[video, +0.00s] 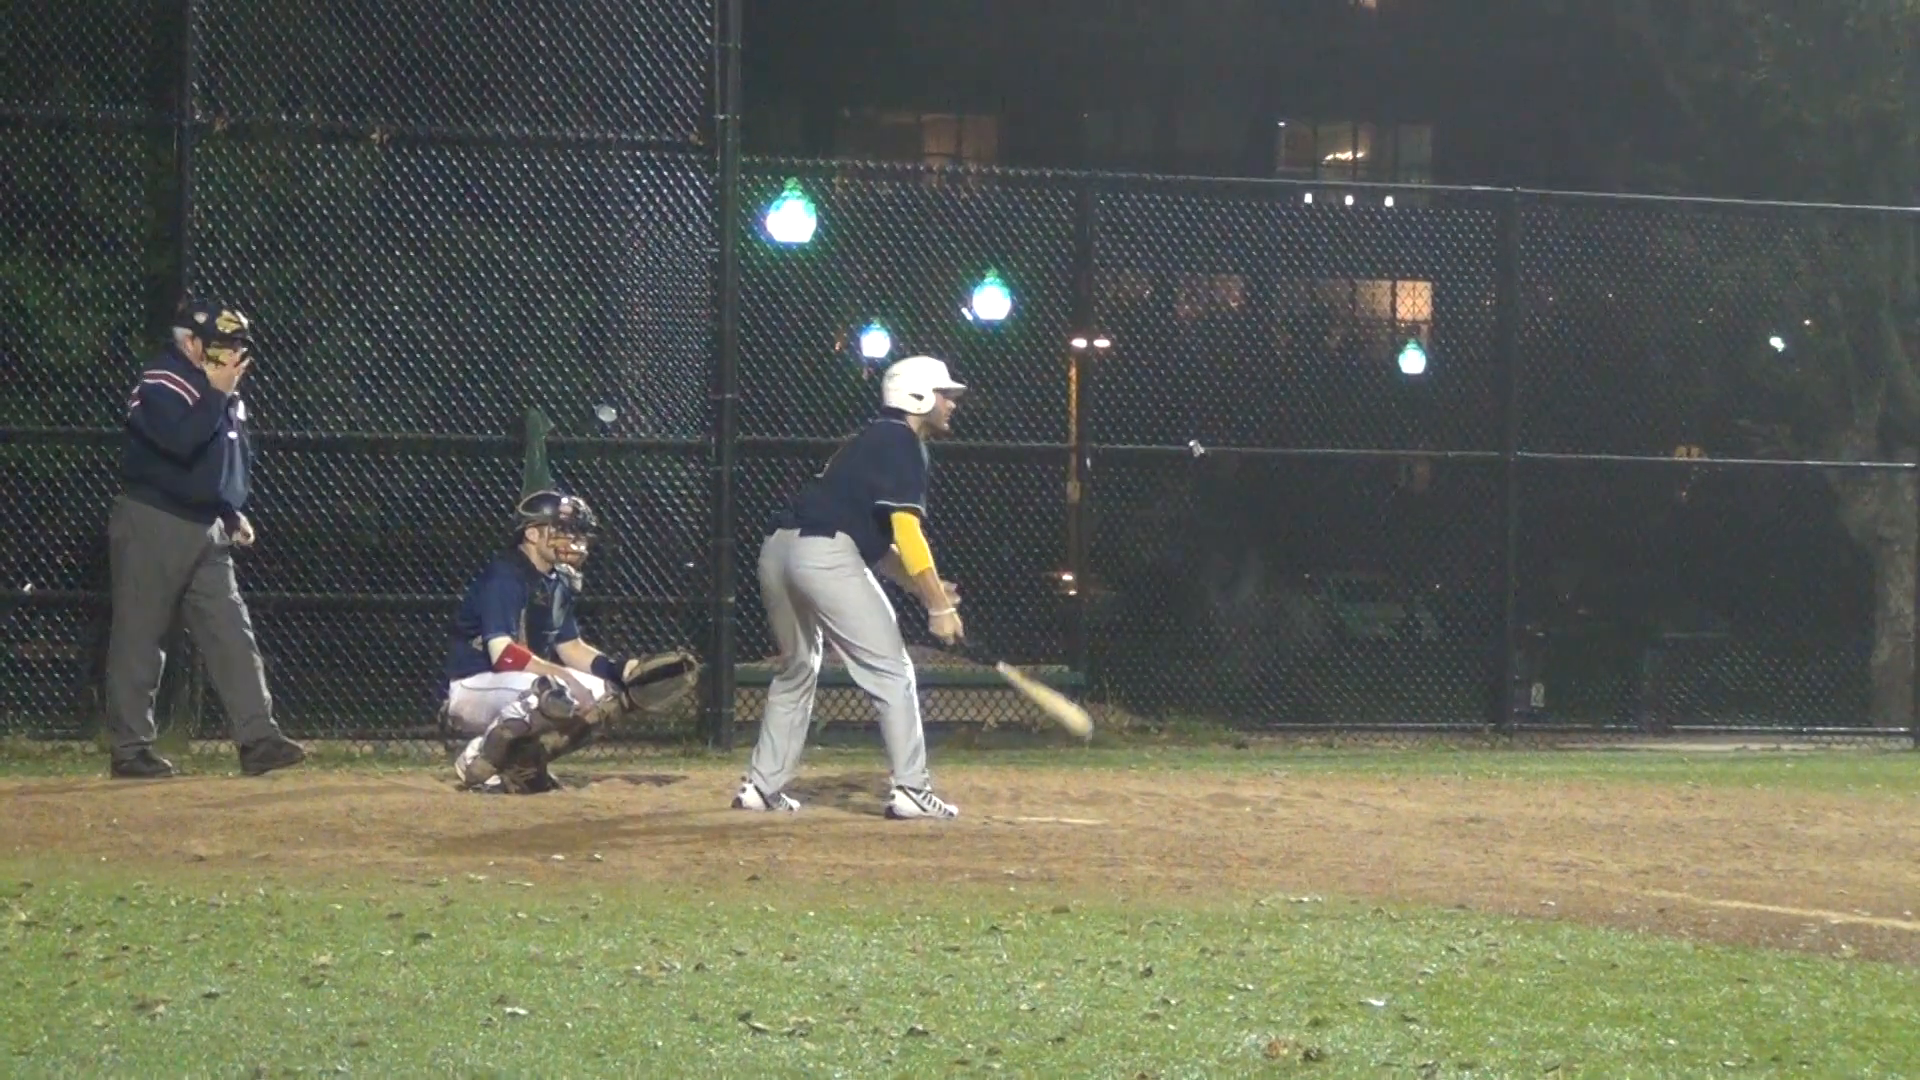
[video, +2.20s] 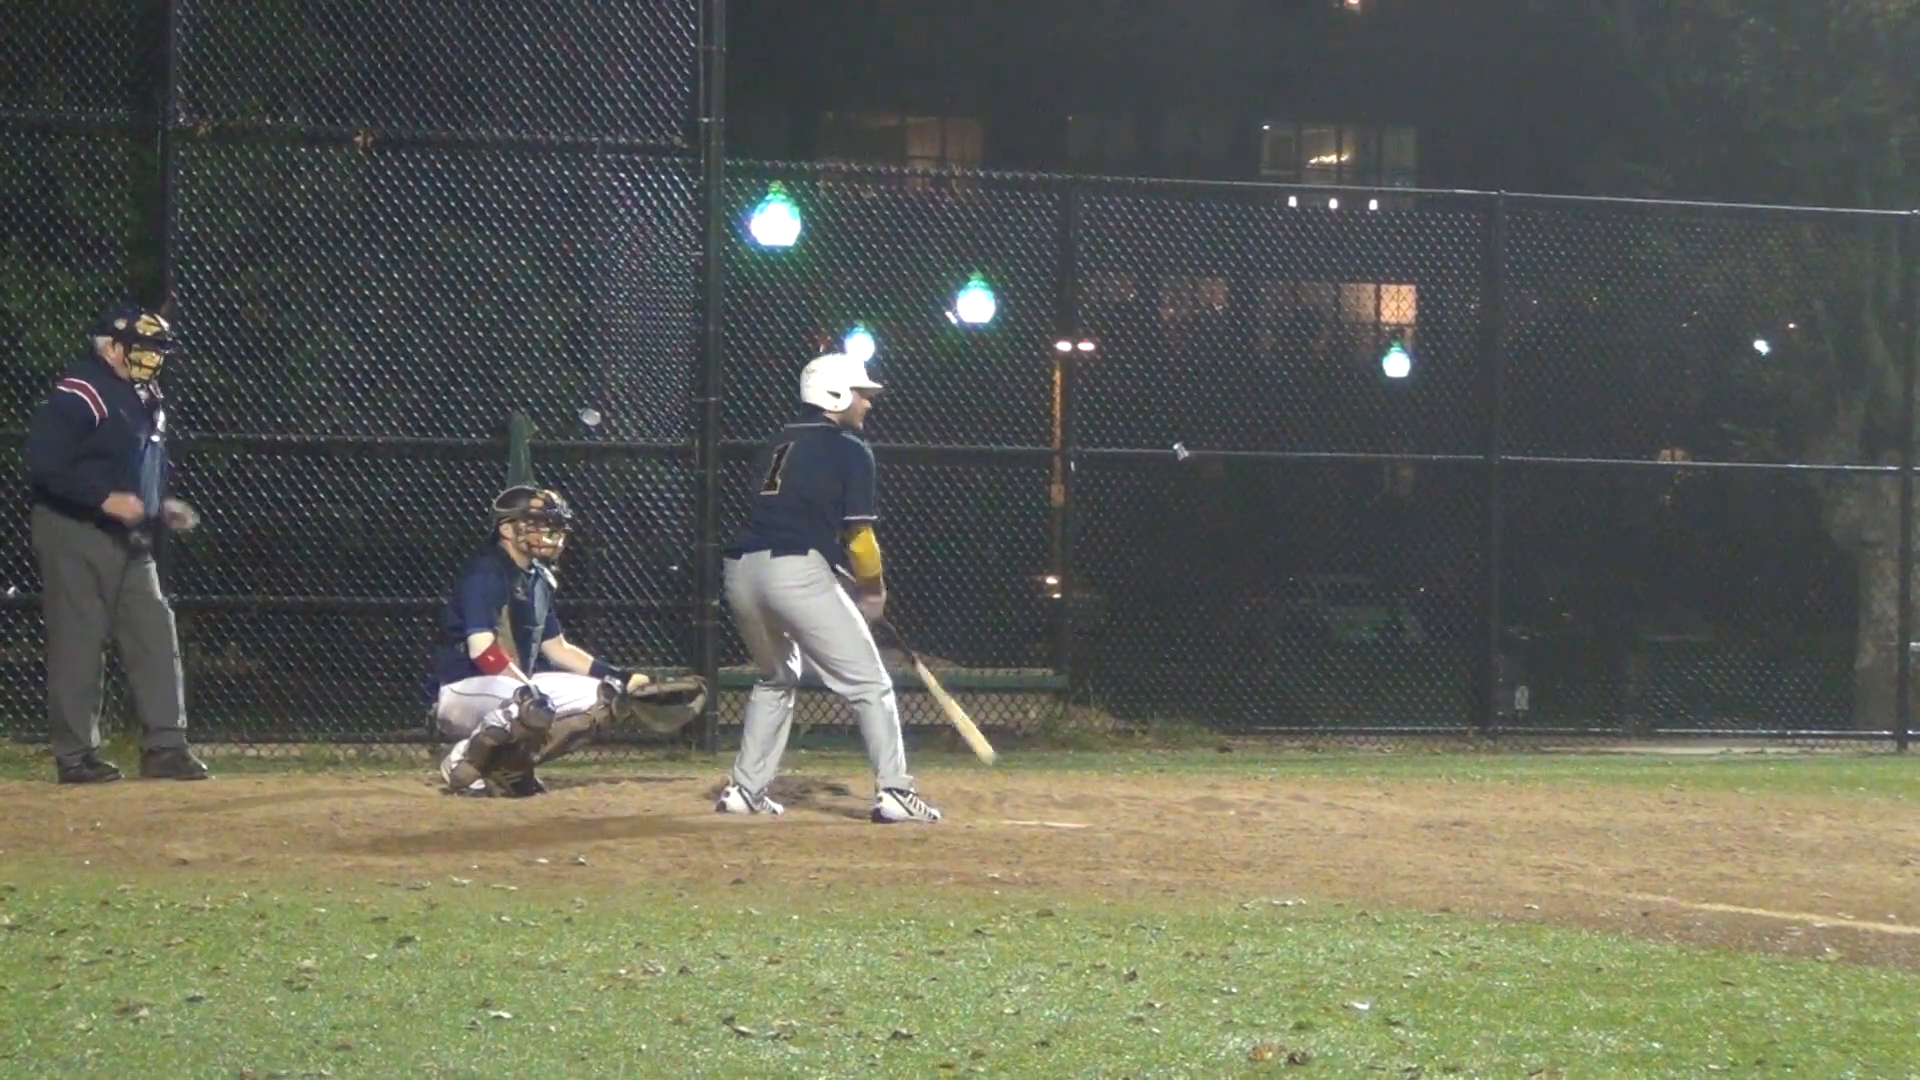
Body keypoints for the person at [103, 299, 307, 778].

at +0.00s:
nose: (233, 360)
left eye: (237, 352)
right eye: (224, 349)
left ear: (238, 354)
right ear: (195, 343)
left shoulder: (226, 393)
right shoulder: (162, 380)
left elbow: (230, 460)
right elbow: (179, 439)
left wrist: (234, 510)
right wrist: (218, 392)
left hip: (206, 530)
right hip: (152, 524)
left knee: (231, 634)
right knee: (139, 637)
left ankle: (259, 742)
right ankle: (131, 749)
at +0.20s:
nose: (216, 353)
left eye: (215, 344)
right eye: (209, 343)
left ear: (202, 346)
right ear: (185, 342)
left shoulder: (212, 394)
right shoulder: (143, 380)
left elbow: (213, 470)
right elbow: (127, 449)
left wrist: (250, 480)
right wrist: (196, 439)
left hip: (194, 528)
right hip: (138, 523)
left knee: (215, 621)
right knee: (136, 631)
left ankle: (190, 740)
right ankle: (127, 748)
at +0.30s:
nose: (218, 355)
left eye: (220, 348)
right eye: (212, 345)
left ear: (203, 347)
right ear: (184, 342)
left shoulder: (213, 399)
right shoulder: (141, 380)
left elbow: (220, 469)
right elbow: (105, 451)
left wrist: (264, 462)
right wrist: (166, 479)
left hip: (188, 529)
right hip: (133, 524)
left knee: (196, 629)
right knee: (135, 628)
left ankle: (168, 740)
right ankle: (127, 746)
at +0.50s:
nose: (221, 356)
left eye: (223, 348)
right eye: (215, 346)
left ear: (202, 347)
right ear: (189, 342)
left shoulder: (211, 395)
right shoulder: (143, 374)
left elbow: (225, 463)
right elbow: (86, 433)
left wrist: (273, 450)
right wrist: (95, 500)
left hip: (181, 526)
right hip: (134, 521)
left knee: (170, 633)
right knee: (136, 630)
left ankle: (161, 742)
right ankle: (127, 747)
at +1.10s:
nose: (176, 345)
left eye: (180, 338)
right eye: (168, 335)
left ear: (182, 341)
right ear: (140, 333)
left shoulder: (177, 390)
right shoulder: (103, 375)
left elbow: (180, 461)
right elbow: (70, 445)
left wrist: (213, 481)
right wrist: (89, 509)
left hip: (160, 528)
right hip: (106, 524)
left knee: (153, 636)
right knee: (97, 635)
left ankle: (147, 748)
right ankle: (84, 753)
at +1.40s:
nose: (153, 353)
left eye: (158, 345)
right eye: (144, 344)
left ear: (160, 346)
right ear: (116, 341)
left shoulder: (153, 392)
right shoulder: (83, 386)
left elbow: (145, 462)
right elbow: (48, 459)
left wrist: (146, 515)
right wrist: (56, 528)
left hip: (138, 532)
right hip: (86, 529)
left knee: (167, 616)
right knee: (81, 639)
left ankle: (162, 742)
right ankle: (76, 753)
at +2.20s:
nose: (150, 359)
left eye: (155, 350)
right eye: (142, 348)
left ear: (155, 351)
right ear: (114, 345)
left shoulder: (144, 395)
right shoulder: (83, 390)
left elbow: (139, 469)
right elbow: (45, 466)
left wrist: (163, 505)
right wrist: (104, 498)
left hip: (127, 533)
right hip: (72, 530)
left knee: (152, 628)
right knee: (78, 637)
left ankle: (166, 749)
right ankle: (76, 756)